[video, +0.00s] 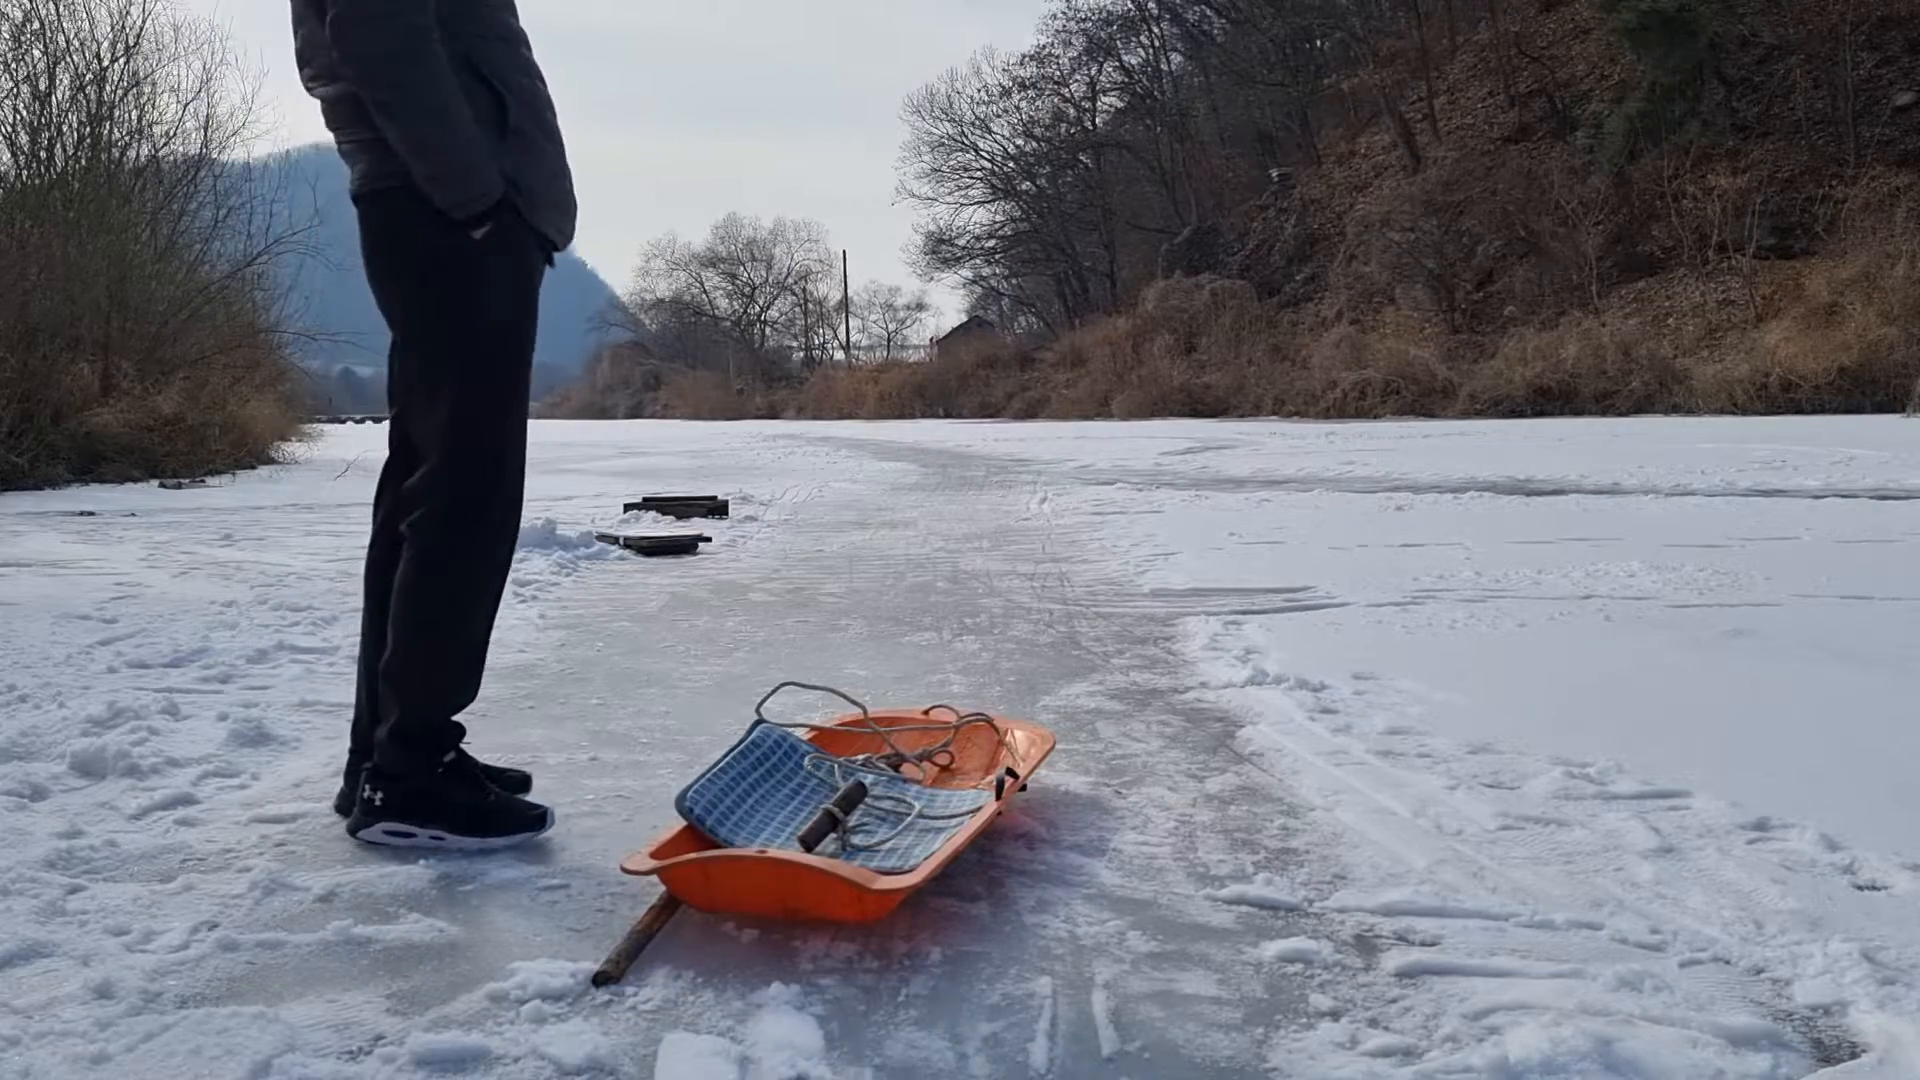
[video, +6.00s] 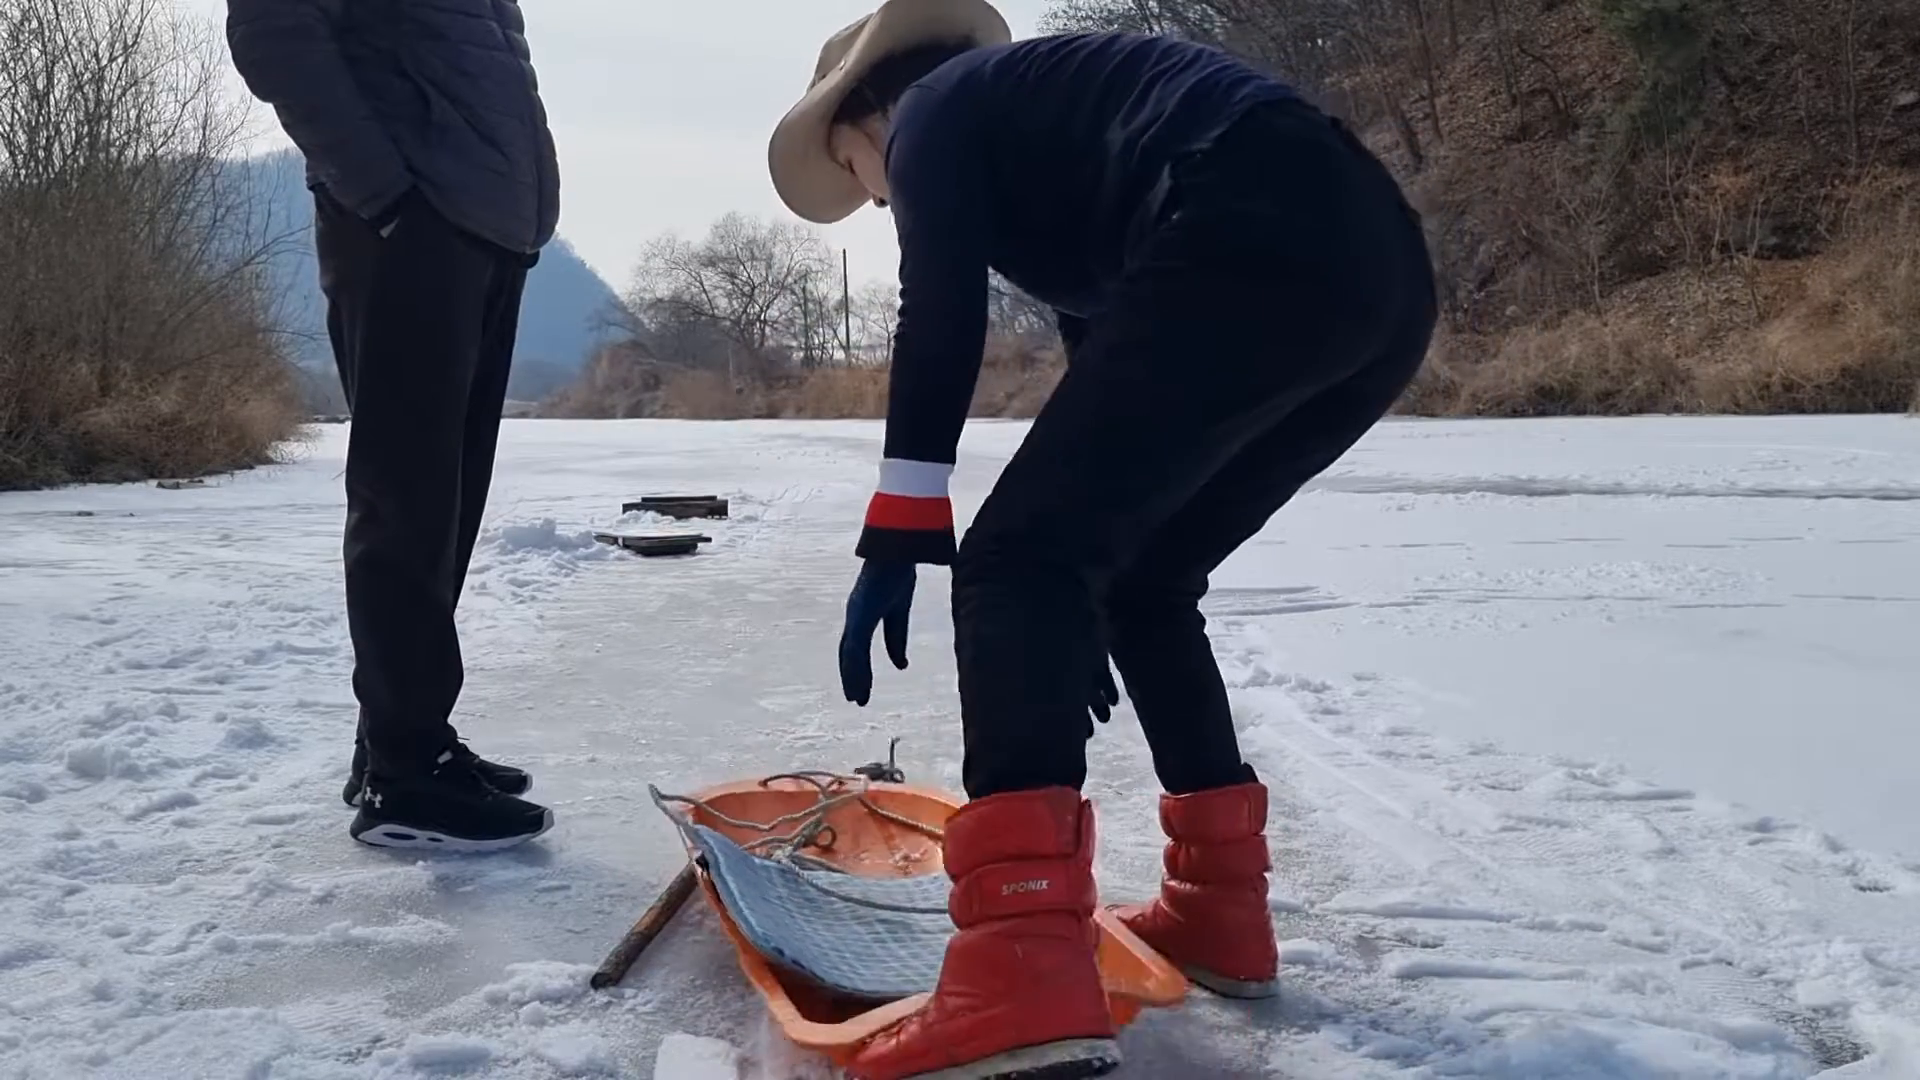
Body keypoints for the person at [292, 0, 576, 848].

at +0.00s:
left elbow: (346, 51)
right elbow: (381, 41)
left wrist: (477, 191)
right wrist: (481, 199)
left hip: (428, 223)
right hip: (459, 225)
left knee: (425, 486)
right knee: (470, 491)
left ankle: (389, 759)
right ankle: (412, 768)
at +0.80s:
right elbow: (321, 19)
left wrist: (556, 183)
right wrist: (428, 181)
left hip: (526, 213)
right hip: (449, 206)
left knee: (472, 486)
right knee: (443, 483)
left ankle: (414, 739)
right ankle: (413, 765)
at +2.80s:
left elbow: (504, 39)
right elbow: (223, 39)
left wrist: (514, 176)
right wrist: (323, 200)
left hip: (497, 225)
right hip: (378, 219)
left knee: (447, 503)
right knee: (399, 503)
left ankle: (413, 747)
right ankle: (405, 773)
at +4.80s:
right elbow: (274, 25)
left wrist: (506, 186)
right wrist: (383, 189)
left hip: (478, 217)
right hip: (403, 211)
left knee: (444, 493)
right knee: (405, 493)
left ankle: (416, 748)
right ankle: (402, 773)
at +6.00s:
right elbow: (271, 31)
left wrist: (516, 193)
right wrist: (383, 192)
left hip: (487, 224)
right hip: (407, 216)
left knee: (446, 497)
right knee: (404, 496)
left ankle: (416, 747)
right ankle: (400, 771)